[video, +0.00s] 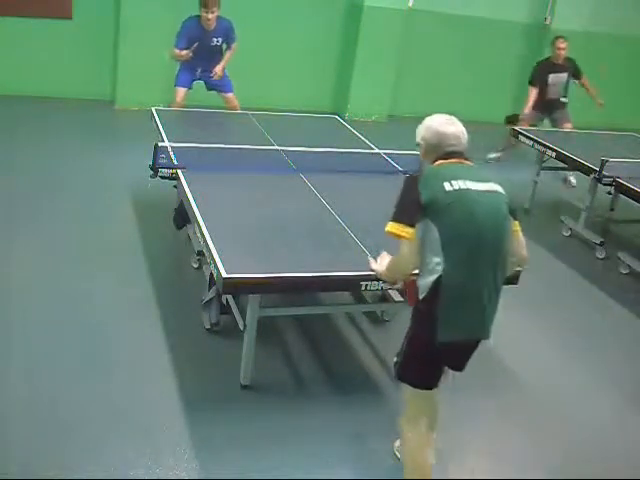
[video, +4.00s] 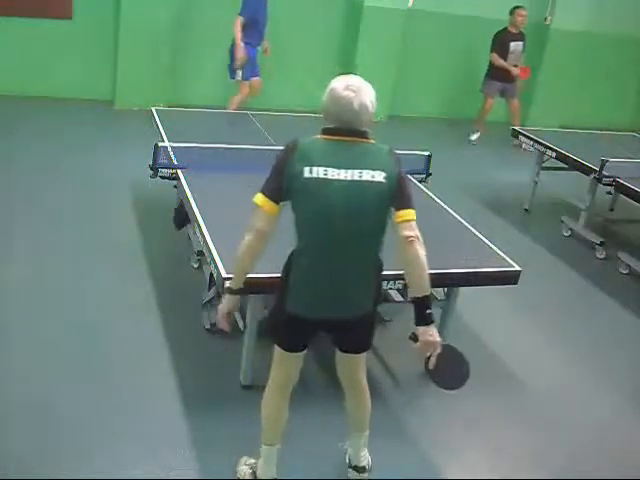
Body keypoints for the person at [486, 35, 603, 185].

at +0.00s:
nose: (561, 52)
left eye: (563, 49)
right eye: (558, 49)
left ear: (566, 50)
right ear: (553, 49)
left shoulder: (570, 65)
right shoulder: (541, 66)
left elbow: (583, 82)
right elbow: (533, 90)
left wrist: (596, 99)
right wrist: (526, 110)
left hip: (558, 106)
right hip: (540, 105)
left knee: (568, 133)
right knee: (520, 129)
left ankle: (569, 172)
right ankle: (502, 153)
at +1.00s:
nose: (576, 45)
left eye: (579, 42)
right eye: (573, 41)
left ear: (581, 44)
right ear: (565, 43)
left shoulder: (578, 61)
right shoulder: (551, 58)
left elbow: (578, 80)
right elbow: (538, 80)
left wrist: (581, 101)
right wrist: (549, 97)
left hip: (562, 98)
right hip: (543, 95)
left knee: (571, 129)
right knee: (528, 127)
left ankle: (572, 163)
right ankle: (511, 152)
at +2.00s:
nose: (522, 60)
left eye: (524, 56)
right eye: (521, 56)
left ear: (534, 53)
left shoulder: (548, 69)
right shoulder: (531, 69)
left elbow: (550, 95)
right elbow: (528, 87)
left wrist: (544, 118)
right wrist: (511, 99)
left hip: (558, 105)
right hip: (544, 102)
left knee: (561, 130)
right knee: (518, 116)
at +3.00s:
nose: (537, 33)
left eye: (539, 31)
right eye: (534, 29)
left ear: (541, 33)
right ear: (527, 30)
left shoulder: (538, 50)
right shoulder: (514, 44)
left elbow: (538, 69)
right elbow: (496, 56)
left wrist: (538, 88)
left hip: (521, 84)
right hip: (504, 80)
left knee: (531, 116)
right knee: (492, 111)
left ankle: (523, 142)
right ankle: (474, 137)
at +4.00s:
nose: (523, 19)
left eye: (524, 17)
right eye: (520, 16)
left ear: (525, 19)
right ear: (511, 17)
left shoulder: (521, 37)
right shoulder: (500, 35)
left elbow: (520, 56)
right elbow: (494, 57)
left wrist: (520, 69)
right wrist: (511, 69)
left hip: (511, 77)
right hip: (495, 76)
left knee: (514, 105)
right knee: (487, 105)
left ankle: (516, 135)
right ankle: (477, 130)